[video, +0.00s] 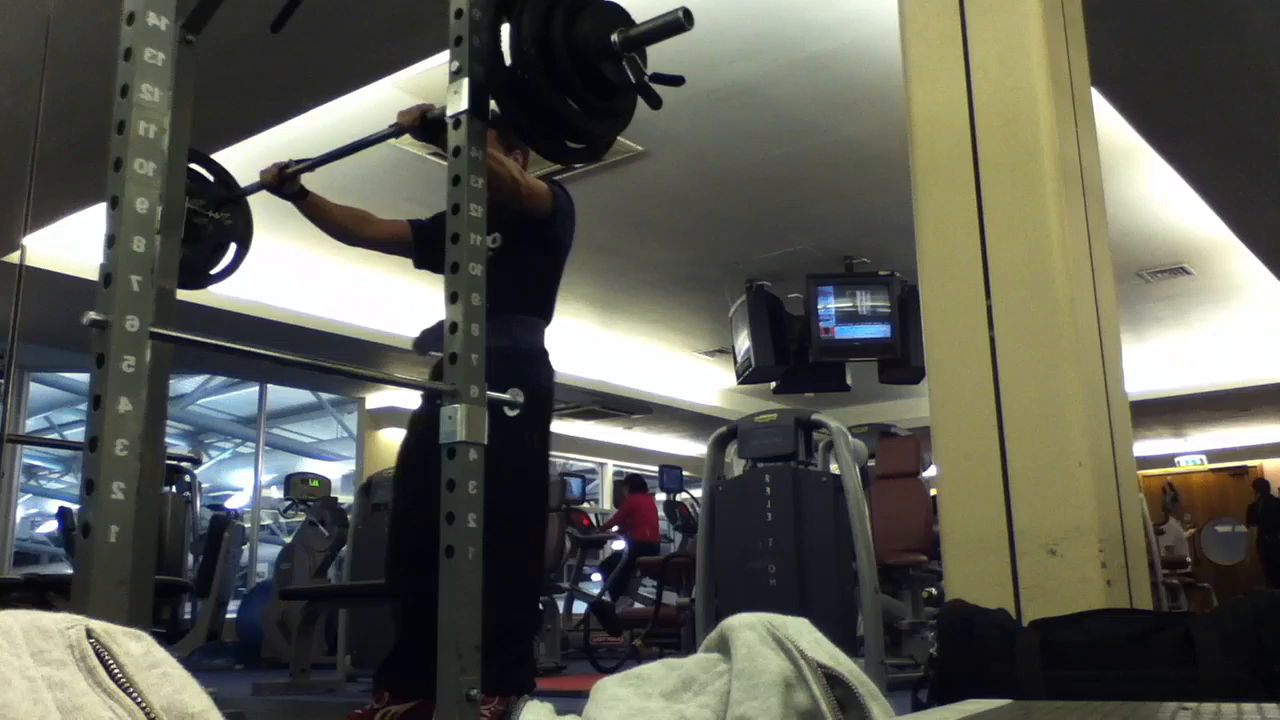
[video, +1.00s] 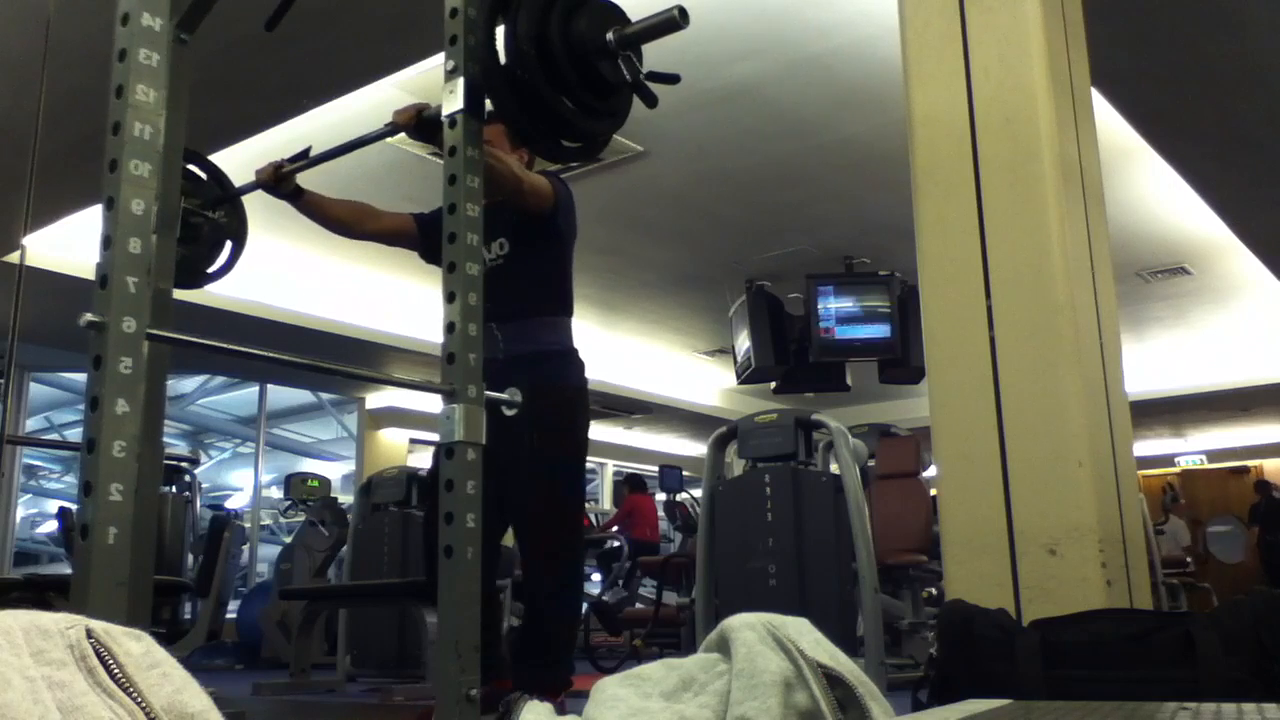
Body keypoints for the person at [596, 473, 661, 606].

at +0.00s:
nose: (624, 492)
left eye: (625, 488)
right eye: (624, 488)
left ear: (630, 488)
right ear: (644, 487)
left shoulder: (632, 500)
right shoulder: (650, 500)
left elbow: (616, 519)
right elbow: (637, 522)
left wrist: (601, 529)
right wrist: (619, 532)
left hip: (637, 546)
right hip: (654, 547)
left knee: (606, 566)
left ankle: (619, 599)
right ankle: (626, 598)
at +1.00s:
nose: (624, 491)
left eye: (625, 487)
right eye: (624, 488)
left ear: (630, 487)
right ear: (643, 486)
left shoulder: (632, 500)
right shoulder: (650, 500)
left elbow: (616, 520)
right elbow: (635, 522)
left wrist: (600, 530)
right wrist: (617, 532)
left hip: (635, 546)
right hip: (653, 547)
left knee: (603, 556)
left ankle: (613, 590)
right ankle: (627, 590)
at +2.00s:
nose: (625, 490)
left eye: (626, 487)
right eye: (625, 487)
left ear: (630, 487)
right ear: (643, 486)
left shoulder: (631, 500)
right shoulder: (649, 499)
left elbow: (620, 518)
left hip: (637, 543)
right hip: (654, 543)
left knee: (631, 576)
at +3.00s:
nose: (624, 490)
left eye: (625, 487)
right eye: (624, 487)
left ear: (629, 487)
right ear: (642, 486)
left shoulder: (631, 500)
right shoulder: (649, 500)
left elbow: (617, 520)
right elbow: (634, 522)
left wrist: (601, 529)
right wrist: (617, 533)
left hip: (637, 544)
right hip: (654, 545)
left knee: (624, 575)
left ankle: (630, 605)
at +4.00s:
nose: (624, 490)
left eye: (625, 487)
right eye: (624, 487)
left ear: (629, 487)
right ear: (641, 486)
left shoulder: (631, 500)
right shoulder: (649, 500)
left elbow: (615, 520)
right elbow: (635, 523)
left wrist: (600, 530)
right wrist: (617, 532)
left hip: (637, 546)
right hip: (654, 546)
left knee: (608, 570)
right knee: (625, 572)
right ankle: (635, 601)